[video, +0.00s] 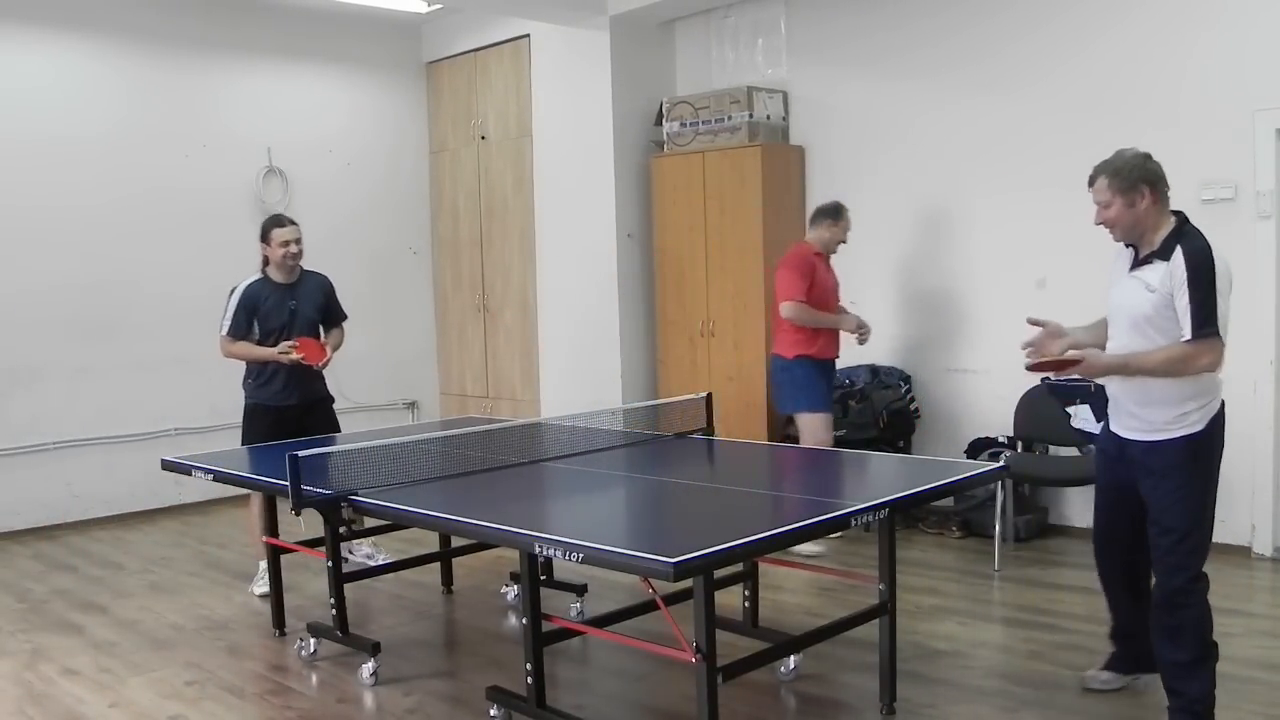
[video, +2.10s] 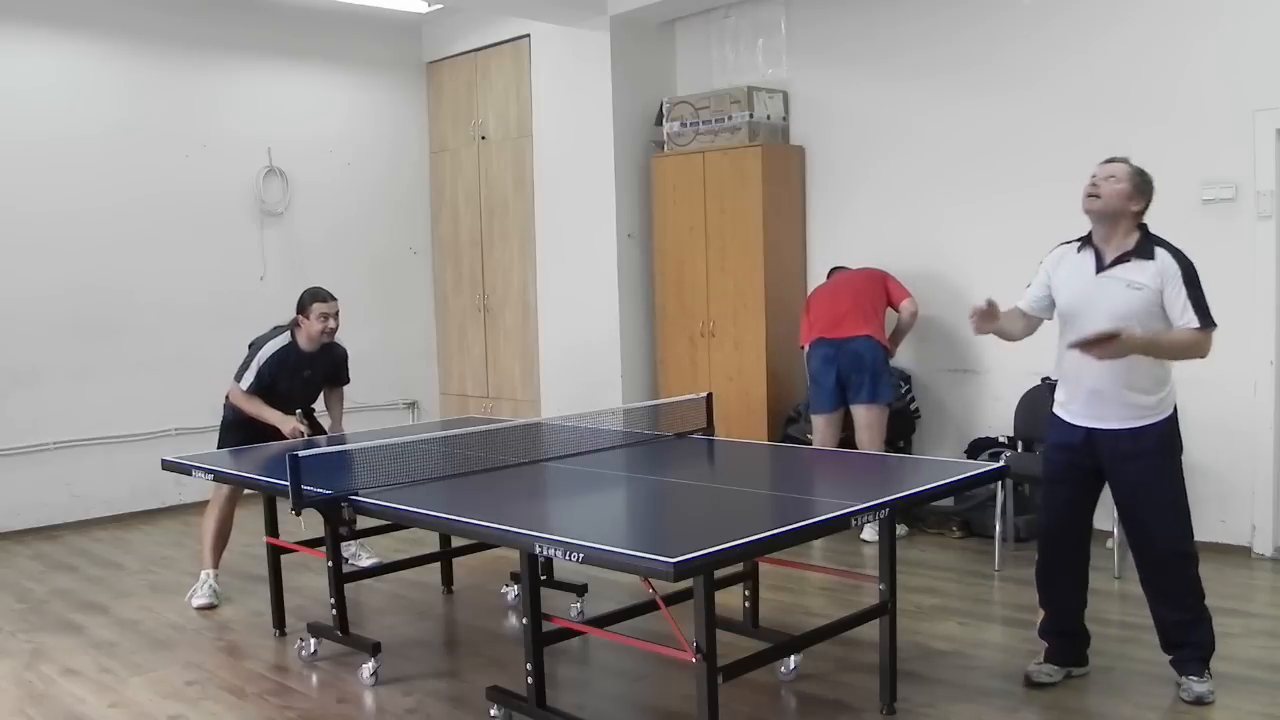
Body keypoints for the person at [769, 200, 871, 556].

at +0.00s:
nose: (844, 241)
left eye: (846, 235)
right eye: (842, 234)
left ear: (828, 228)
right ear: (825, 227)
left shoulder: (821, 263)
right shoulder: (798, 259)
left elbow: (829, 307)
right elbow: (790, 308)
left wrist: (856, 322)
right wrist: (840, 322)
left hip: (817, 363)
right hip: (800, 364)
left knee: (816, 444)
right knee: (818, 444)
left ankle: (813, 522)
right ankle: (802, 528)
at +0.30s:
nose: (874, 253)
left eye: (876, 247)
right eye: (876, 246)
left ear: (850, 232)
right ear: (869, 239)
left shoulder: (826, 259)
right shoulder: (846, 262)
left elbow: (821, 313)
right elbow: (842, 313)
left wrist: (862, 335)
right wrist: (867, 336)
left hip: (808, 364)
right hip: (825, 368)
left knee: (823, 447)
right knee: (841, 451)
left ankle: (820, 524)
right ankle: (836, 532)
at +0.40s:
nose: (877, 249)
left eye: (878, 243)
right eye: (879, 243)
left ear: (849, 230)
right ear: (874, 238)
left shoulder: (824, 257)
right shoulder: (856, 261)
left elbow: (828, 310)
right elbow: (875, 309)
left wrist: (861, 335)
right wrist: (884, 333)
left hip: (806, 360)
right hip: (830, 365)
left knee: (822, 445)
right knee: (844, 449)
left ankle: (816, 523)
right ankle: (837, 531)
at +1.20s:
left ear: (825, 270)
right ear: (853, 266)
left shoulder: (803, 286)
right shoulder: (865, 272)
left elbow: (788, 338)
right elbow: (889, 308)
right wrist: (874, 339)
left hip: (803, 355)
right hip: (845, 352)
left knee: (814, 445)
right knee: (861, 446)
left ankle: (812, 519)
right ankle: (872, 519)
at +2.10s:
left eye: (829, 279)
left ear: (828, 279)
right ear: (852, 271)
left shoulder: (815, 294)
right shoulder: (876, 274)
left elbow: (806, 345)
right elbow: (909, 308)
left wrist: (816, 384)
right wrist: (892, 343)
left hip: (821, 355)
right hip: (866, 352)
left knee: (823, 448)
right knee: (871, 448)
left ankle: (818, 520)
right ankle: (873, 521)